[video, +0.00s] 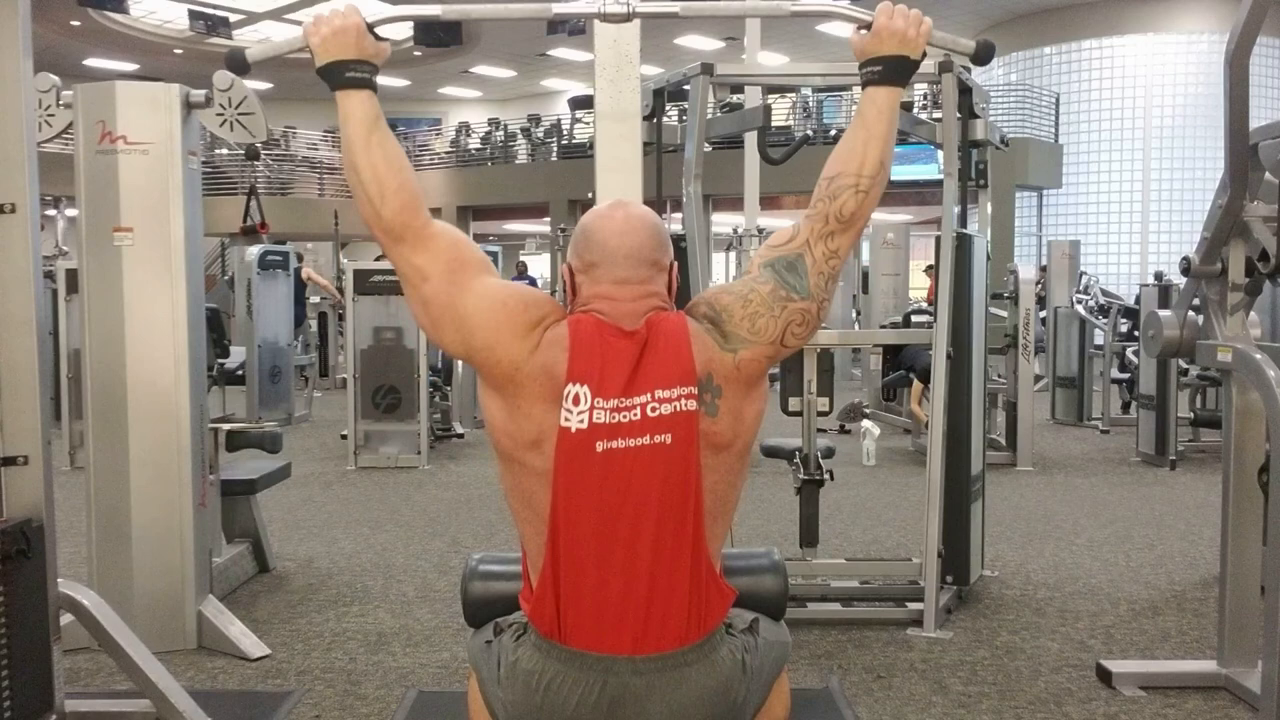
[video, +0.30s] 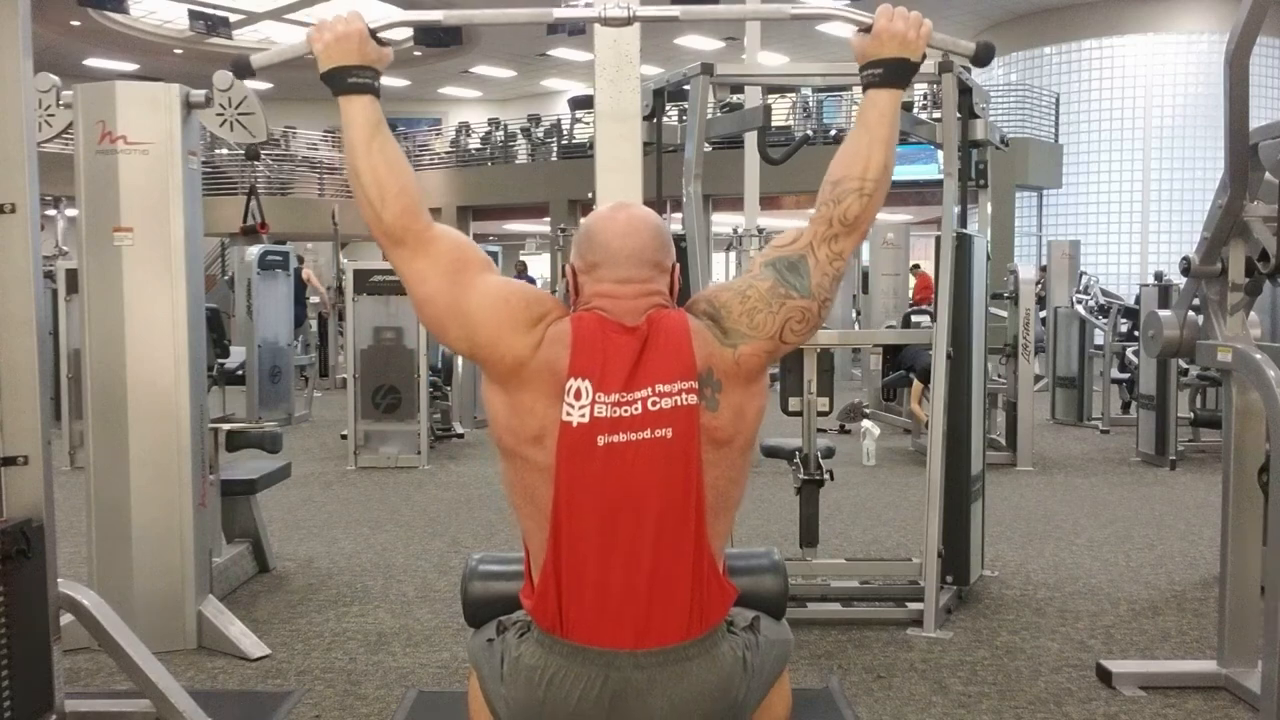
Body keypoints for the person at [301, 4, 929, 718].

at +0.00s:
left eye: (569, 265)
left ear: (570, 283)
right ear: (673, 281)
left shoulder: (514, 340)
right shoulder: (733, 343)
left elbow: (402, 224)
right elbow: (836, 218)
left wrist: (349, 75)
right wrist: (887, 75)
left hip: (554, 680)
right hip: (696, 681)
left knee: (488, 668)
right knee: (767, 645)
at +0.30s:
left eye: (573, 267)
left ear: (573, 283)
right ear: (675, 282)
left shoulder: (517, 337)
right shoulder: (733, 338)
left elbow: (403, 228)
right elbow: (841, 222)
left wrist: (351, 80)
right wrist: (888, 78)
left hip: (555, 679)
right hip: (696, 679)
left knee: (488, 666)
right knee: (769, 645)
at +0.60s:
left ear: (569, 299)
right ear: (676, 300)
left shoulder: (503, 377)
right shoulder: (748, 375)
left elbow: (363, 308)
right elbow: (880, 304)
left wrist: (339, 162)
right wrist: (903, 156)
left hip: (552, 684)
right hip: (703, 683)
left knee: (490, 660)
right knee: (768, 651)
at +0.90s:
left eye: (567, 339)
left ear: (563, 361)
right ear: (683, 362)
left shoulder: (494, 470)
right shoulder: (754, 467)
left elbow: (337, 464)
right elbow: (899, 455)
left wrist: (326, 321)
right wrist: (912, 319)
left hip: (547, 703)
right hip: (706, 699)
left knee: (487, 665)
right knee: (770, 651)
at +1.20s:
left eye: (567, 383)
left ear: (566, 407)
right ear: (690, 414)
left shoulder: (487, 534)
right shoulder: (762, 534)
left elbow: (347, 606)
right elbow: (880, 608)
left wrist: (326, 459)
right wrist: (907, 461)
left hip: (532, 705)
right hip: (705, 705)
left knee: (480, 663)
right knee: (767, 637)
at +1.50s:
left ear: (565, 424)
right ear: (691, 430)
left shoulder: (485, 553)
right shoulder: (763, 558)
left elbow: (356, 646)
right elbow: (880, 649)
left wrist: (331, 497)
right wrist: (913, 502)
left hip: (532, 710)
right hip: (701, 713)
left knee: (485, 659)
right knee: (770, 654)